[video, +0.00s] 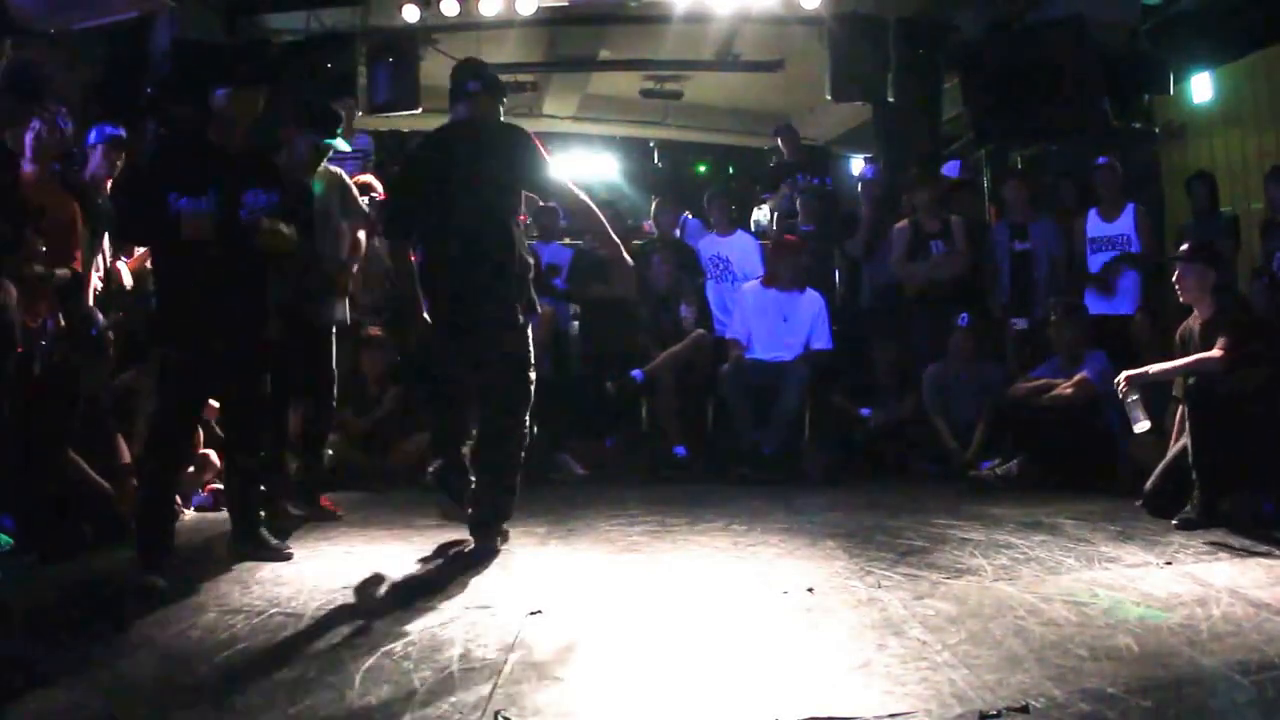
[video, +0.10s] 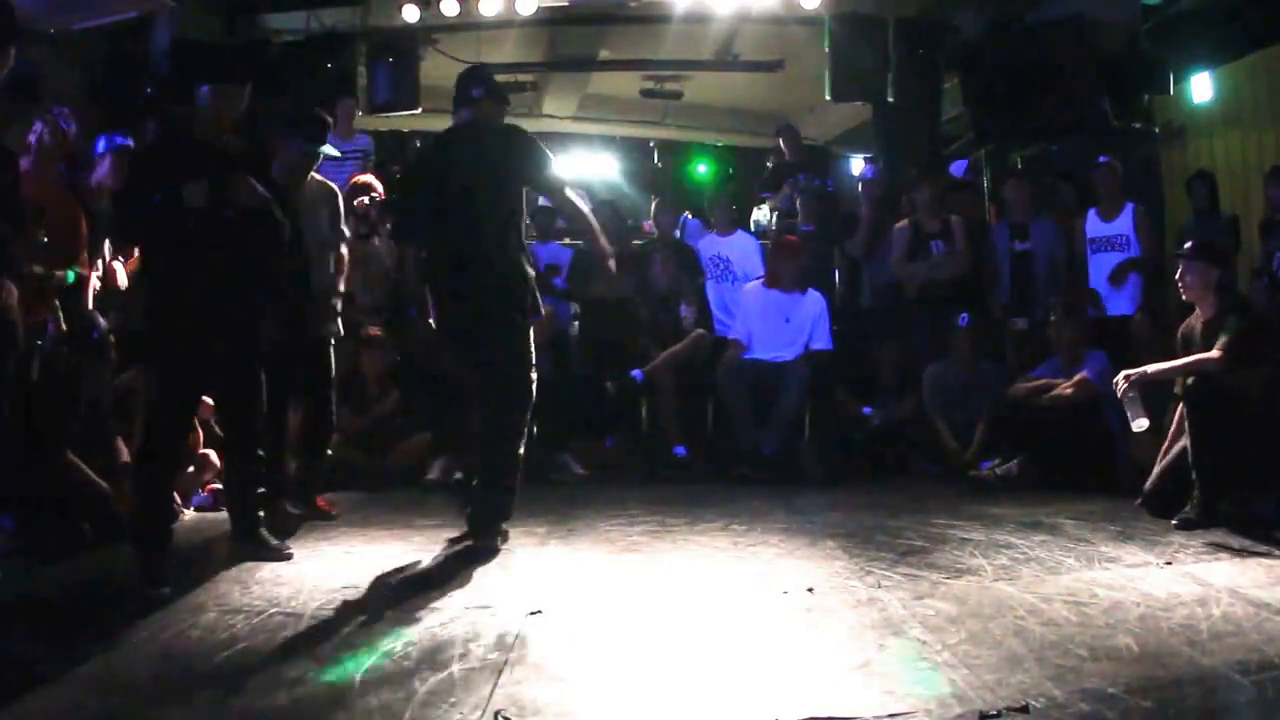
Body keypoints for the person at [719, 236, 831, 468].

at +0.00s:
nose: (795, 265)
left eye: (797, 258)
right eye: (787, 258)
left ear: (801, 261)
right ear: (774, 261)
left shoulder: (813, 300)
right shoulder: (749, 292)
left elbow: (821, 349)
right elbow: (736, 338)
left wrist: (800, 361)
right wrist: (737, 357)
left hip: (789, 361)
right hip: (755, 361)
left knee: (799, 376)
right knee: (730, 375)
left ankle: (774, 446)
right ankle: (746, 445)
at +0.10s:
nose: (788, 266)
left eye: (793, 260)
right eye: (783, 259)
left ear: (801, 264)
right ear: (772, 261)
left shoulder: (814, 301)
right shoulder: (751, 293)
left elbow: (821, 350)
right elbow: (738, 341)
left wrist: (800, 363)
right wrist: (728, 363)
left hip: (789, 363)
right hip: (755, 363)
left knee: (798, 376)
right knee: (729, 374)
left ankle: (771, 448)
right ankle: (747, 446)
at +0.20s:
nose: (791, 268)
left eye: (796, 262)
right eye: (785, 261)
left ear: (802, 265)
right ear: (773, 263)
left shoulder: (815, 301)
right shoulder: (752, 293)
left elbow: (821, 350)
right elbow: (739, 339)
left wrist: (802, 362)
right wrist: (731, 357)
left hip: (789, 363)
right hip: (755, 363)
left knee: (799, 373)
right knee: (729, 371)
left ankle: (773, 448)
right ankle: (745, 447)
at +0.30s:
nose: (792, 268)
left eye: (797, 262)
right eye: (786, 261)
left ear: (804, 265)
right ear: (774, 263)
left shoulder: (816, 301)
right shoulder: (753, 293)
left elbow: (821, 351)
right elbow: (739, 338)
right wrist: (733, 355)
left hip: (790, 364)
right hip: (755, 363)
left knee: (800, 372)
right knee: (730, 371)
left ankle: (774, 449)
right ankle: (745, 448)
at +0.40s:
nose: (795, 270)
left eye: (799, 263)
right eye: (788, 263)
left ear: (805, 265)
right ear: (776, 264)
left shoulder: (817, 301)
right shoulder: (754, 292)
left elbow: (821, 351)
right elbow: (738, 337)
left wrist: (802, 361)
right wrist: (734, 355)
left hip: (791, 363)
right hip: (755, 362)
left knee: (798, 375)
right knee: (731, 372)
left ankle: (772, 447)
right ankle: (745, 446)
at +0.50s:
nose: (781, 267)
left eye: (787, 261)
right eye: (778, 260)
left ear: (801, 265)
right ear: (771, 263)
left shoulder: (818, 302)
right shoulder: (754, 292)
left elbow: (822, 351)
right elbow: (739, 337)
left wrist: (803, 362)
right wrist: (733, 355)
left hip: (791, 364)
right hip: (755, 363)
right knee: (730, 374)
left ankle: (770, 448)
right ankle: (745, 447)